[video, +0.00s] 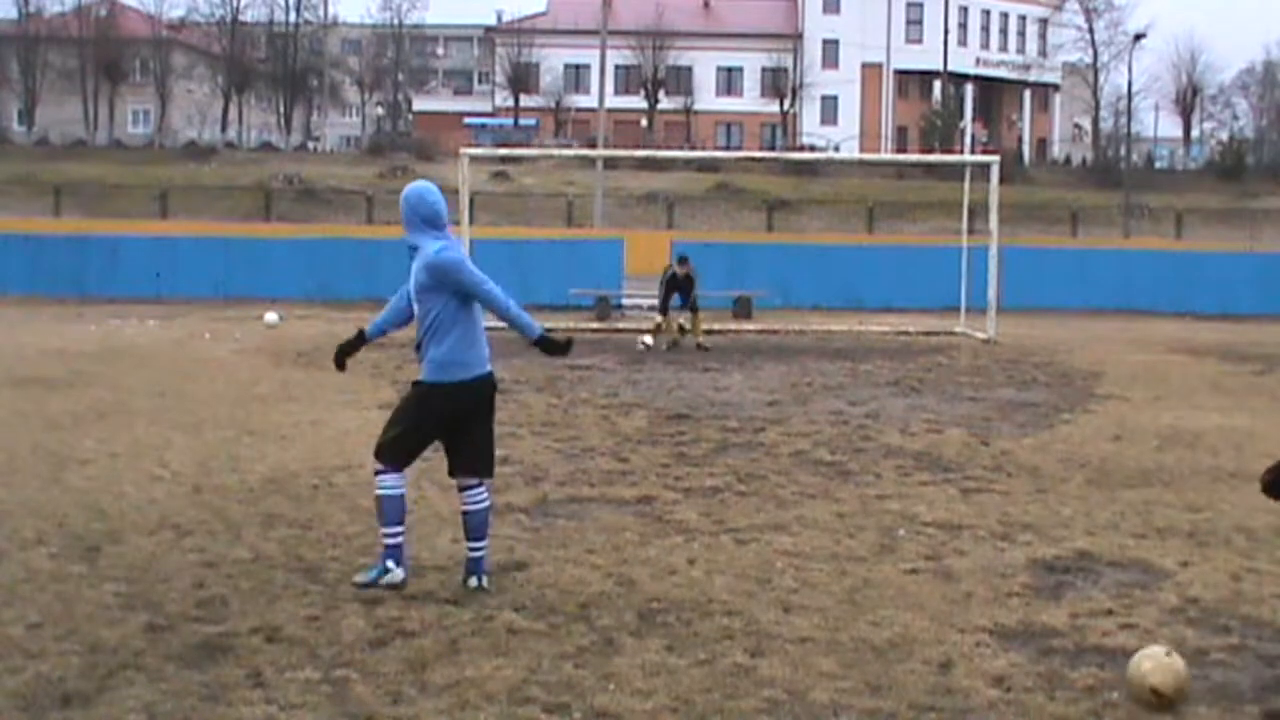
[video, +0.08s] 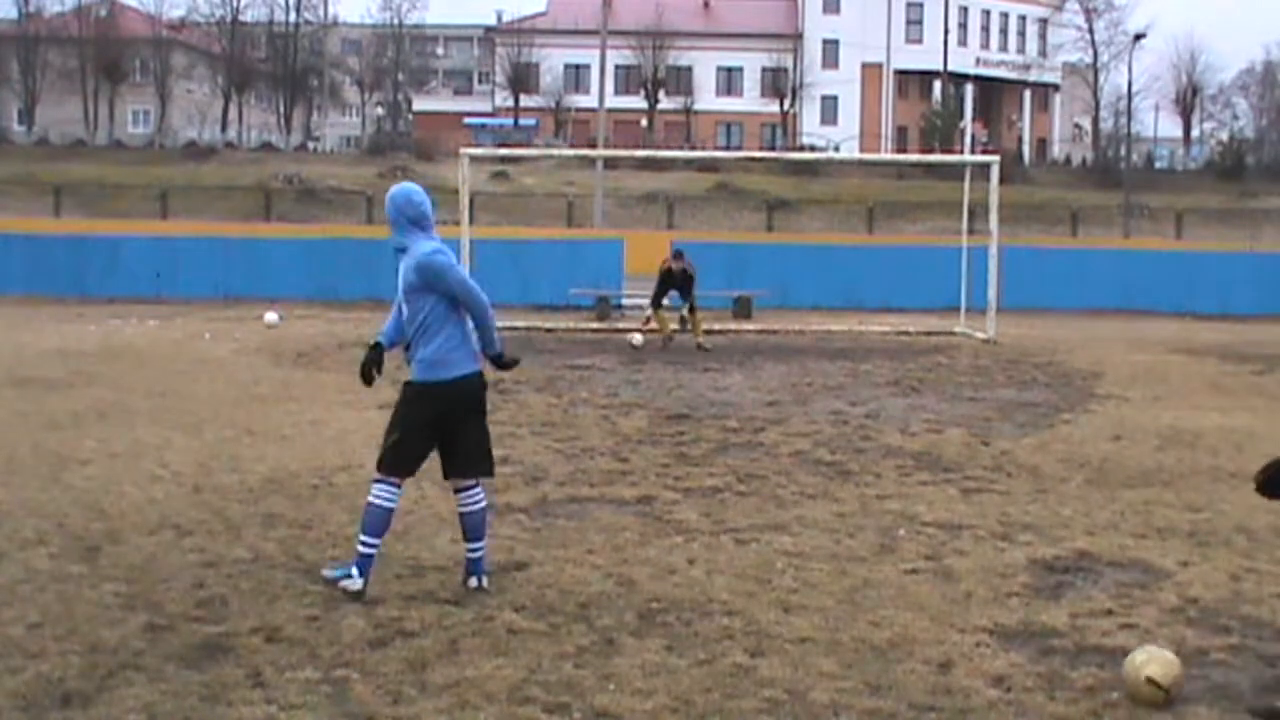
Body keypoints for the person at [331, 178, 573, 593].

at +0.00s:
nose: (401, 223)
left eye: (403, 217)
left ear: (407, 218)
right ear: (441, 213)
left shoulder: (437, 257)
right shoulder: (432, 259)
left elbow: (491, 295)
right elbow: (401, 310)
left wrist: (538, 335)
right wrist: (361, 338)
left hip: (441, 385)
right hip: (476, 382)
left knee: (388, 461)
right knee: (471, 476)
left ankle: (392, 563)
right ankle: (477, 571)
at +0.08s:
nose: (387, 226)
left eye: (388, 219)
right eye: (388, 219)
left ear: (394, 220)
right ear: (426, 213)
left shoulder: (424, 258)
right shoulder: (420, 257)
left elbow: (478, 302)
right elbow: (406, 312)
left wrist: (493, 351)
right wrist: (381, 343)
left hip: (429, 387)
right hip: (464, 385)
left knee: (391, 475)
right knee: (467, 478)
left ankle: (360, 569)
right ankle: (476, 571)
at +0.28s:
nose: (347, 227)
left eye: (347, 220)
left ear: (352, 222)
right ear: (387, 215)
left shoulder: (368, 265)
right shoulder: (409, 255)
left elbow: (406, 319)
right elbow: (389, 326)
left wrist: (439, 370)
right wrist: (360, 366)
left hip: (389, 393)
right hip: (430, 388)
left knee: (370, 484)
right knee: (444, 479)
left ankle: (364, 582)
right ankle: (472, 569)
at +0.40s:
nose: (329, 225)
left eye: (328, 218)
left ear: (331, 221)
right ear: (369, 213)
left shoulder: (335, 261)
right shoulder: (399, 254)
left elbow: (346, 322)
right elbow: (403, 313)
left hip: (371, 386)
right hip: (418, 378)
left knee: (362, 482)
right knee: (433, 474)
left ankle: (364, 582)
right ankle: (459, 567)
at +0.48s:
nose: (319, 220)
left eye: (319, 215)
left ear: (322, 218)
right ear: (359, 211)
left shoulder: (322, 262)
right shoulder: (393, 251)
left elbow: (307, 320)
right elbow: (403, 306)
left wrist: (282, 367)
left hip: (362, 388)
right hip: (412, 378)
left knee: (361, 485)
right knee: (425, 475)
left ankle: (364, 582)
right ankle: (442, 569)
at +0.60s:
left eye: (316, 210)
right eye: (349, 205)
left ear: (314, 216)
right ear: (353, 210)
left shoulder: (310, 263)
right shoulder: (386, 249)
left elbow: (257, 307)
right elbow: (407, 309)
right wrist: (386, 346)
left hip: (352, 389)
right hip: (401, 380)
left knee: (360, 484)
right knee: (414, 474)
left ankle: (364, 583)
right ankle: (416, 574)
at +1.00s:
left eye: (315, 207)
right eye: (348, 207)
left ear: (308, 213)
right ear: (351, 211)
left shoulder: (291, 262)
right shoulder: (376, 259)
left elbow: (253, 322)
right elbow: (392, 332)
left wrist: (279, 323)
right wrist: (375, 357)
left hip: (327, 391)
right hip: (376, 385)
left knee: (346, 484)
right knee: (383, 481)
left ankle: (357, 583)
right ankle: (351, 573)